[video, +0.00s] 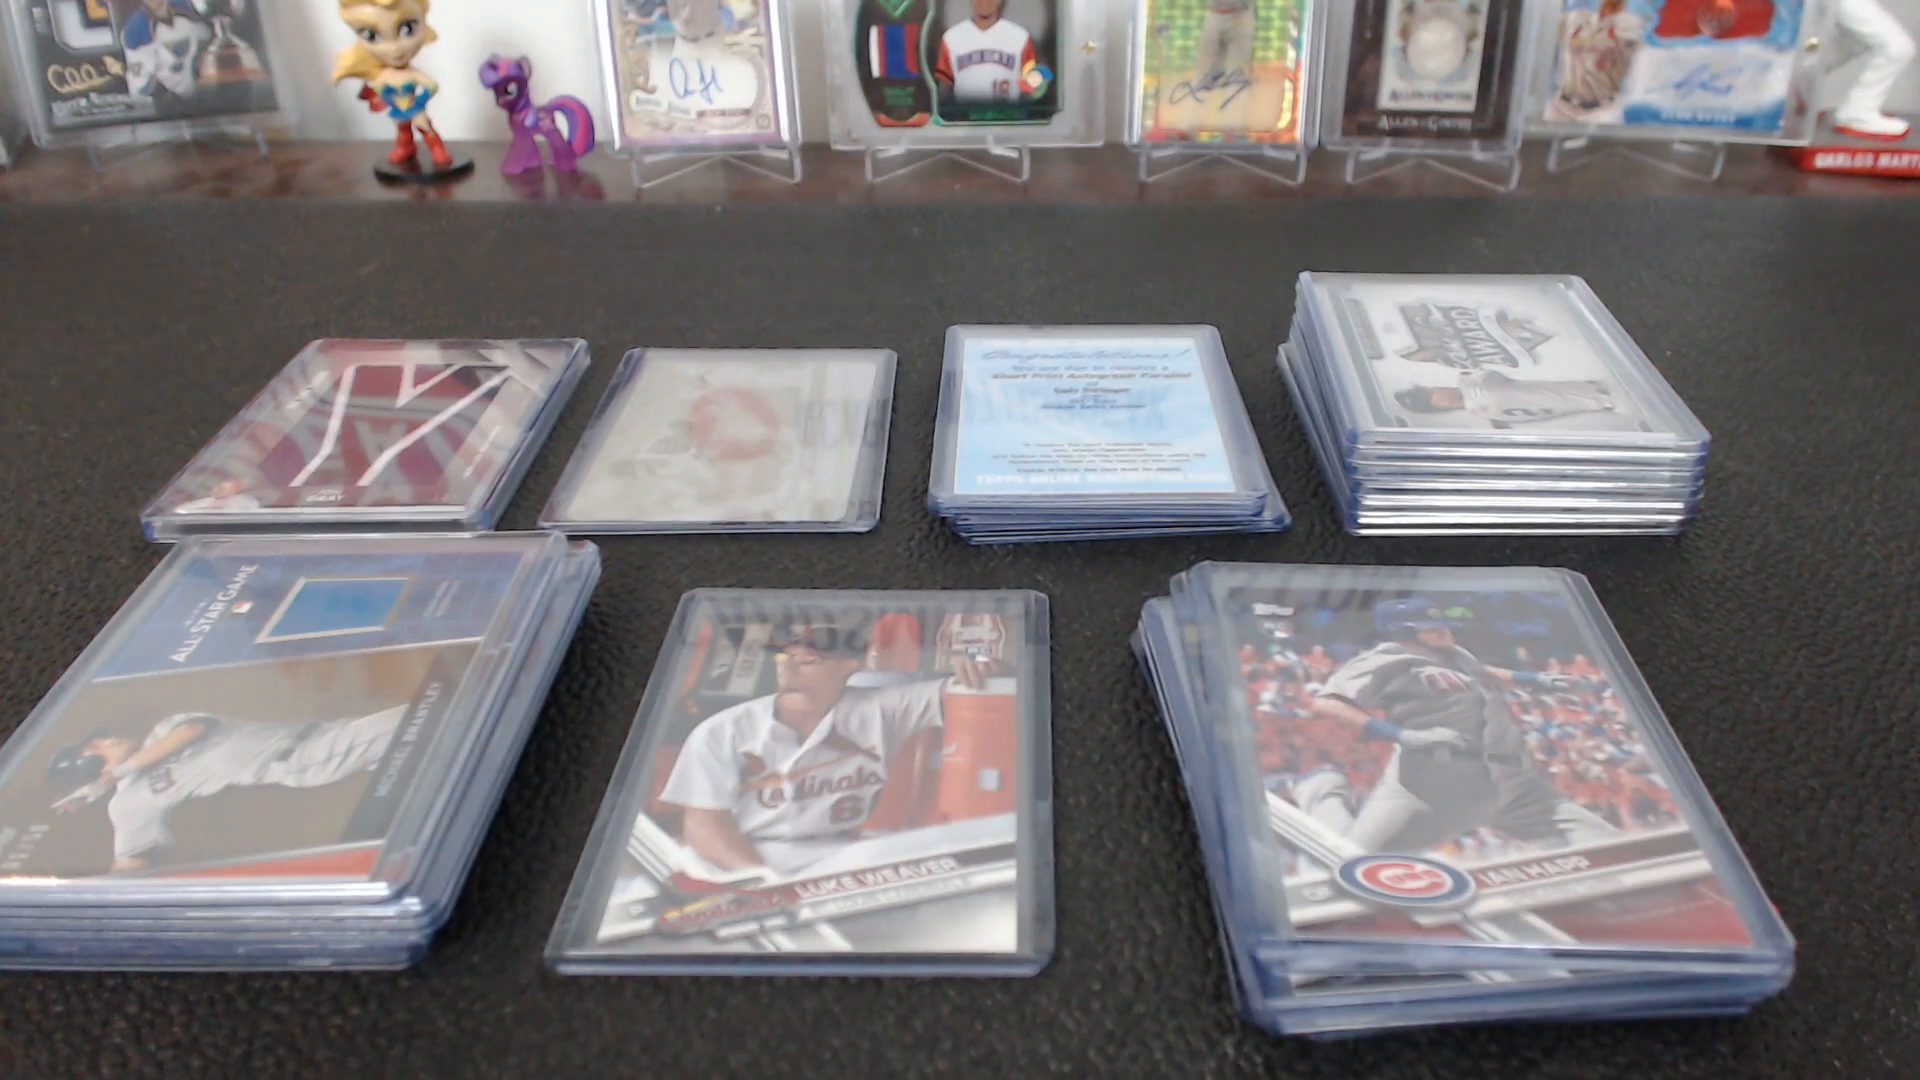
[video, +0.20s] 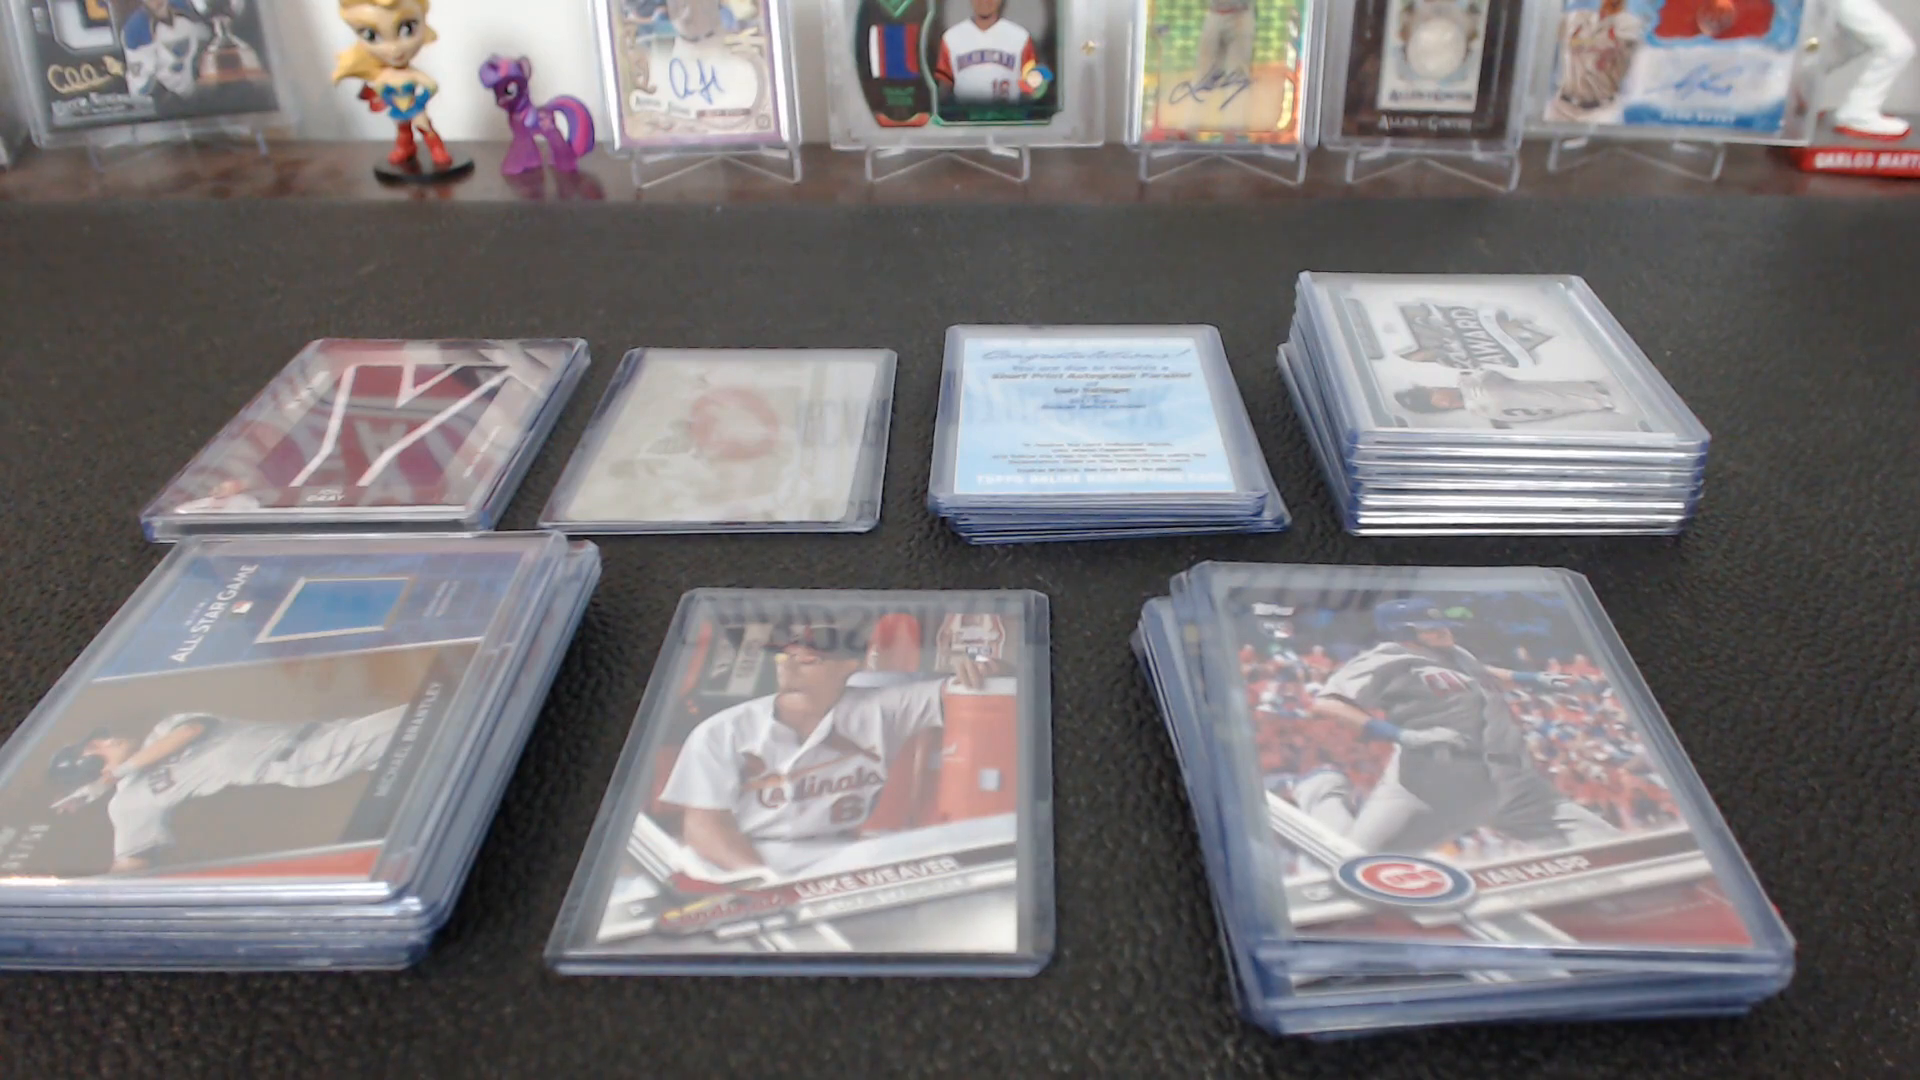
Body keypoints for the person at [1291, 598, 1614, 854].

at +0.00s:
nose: (1446, 631)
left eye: (1446, 622)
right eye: (1434, 623)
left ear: (1447, 624)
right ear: (1406, 628)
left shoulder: (1458, 657)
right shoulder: (1388, 659)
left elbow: (1489, 676)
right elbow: (1328, 703)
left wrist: (1538, 681)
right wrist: (1403, 735)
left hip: (1508, 789)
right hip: (1426, 796)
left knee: (1611, 847)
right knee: (1352, 866)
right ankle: (1321, 792)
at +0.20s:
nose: (1446, 630)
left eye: (1445, 622)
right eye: (1434, 623)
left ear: (1447, 623)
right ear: (1405, 628)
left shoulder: (1458, 657)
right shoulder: (1388, 659)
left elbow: (1488, 676)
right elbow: (1328, 703)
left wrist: (1538, 681)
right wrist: (1404, 736)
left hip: (1507, 789)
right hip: (1425, 797)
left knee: (1611, 847)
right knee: (1352, 866)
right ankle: (1321, 792)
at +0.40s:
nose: (1447, 630)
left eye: (1447, 622)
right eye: (1435, 622)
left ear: (1451, 622)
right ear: (1406, 627)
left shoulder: (1459, 657)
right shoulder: (1388, 659)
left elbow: (1489, 676)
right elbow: (1328, 704)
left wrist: (1538, 682)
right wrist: (1404, 736)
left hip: (1507, 788)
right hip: (1426, 797)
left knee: (1611, 847)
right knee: (1352, 868)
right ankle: (1321, 792)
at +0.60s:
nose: (1446, 630)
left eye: (1446, 622)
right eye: (1434, 622)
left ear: (1449, 624)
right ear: (1406, 628)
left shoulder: (1459, 656)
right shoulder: (1388, 659)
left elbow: (1489, 676)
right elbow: (1328, 704)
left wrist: (1538, 682)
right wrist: (1405, 736)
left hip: (1510, 790)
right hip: (1426, 797)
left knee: (1614, 850)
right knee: (1353, 867)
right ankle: (1321, 792)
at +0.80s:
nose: (1447, 630)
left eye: (1446, 622)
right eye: (1435, 622)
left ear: (1448, 625)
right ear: (1407, 628)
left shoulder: (1459, 657)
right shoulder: (1388, 659)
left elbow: (1490, 677)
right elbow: (1328, 704)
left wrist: (1539, 682)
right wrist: (1405, 736)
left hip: (1510, 790)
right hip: (1426, 798)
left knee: (1614, 850)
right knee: (1353, 868)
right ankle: (1321, 792)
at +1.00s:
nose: (1446, 631)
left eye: (1446, 622)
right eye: (1434, 623)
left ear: (1449, 624)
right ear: (1406, 628)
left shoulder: (1459, 656)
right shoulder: (1388, 659)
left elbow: (1489, 676)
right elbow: (1328, 704)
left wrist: (1538, 682)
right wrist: (1404, 736)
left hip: (1509, 789)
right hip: (1426, 797)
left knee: (1614, 850)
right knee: (1353, 868)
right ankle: (1321, 792)